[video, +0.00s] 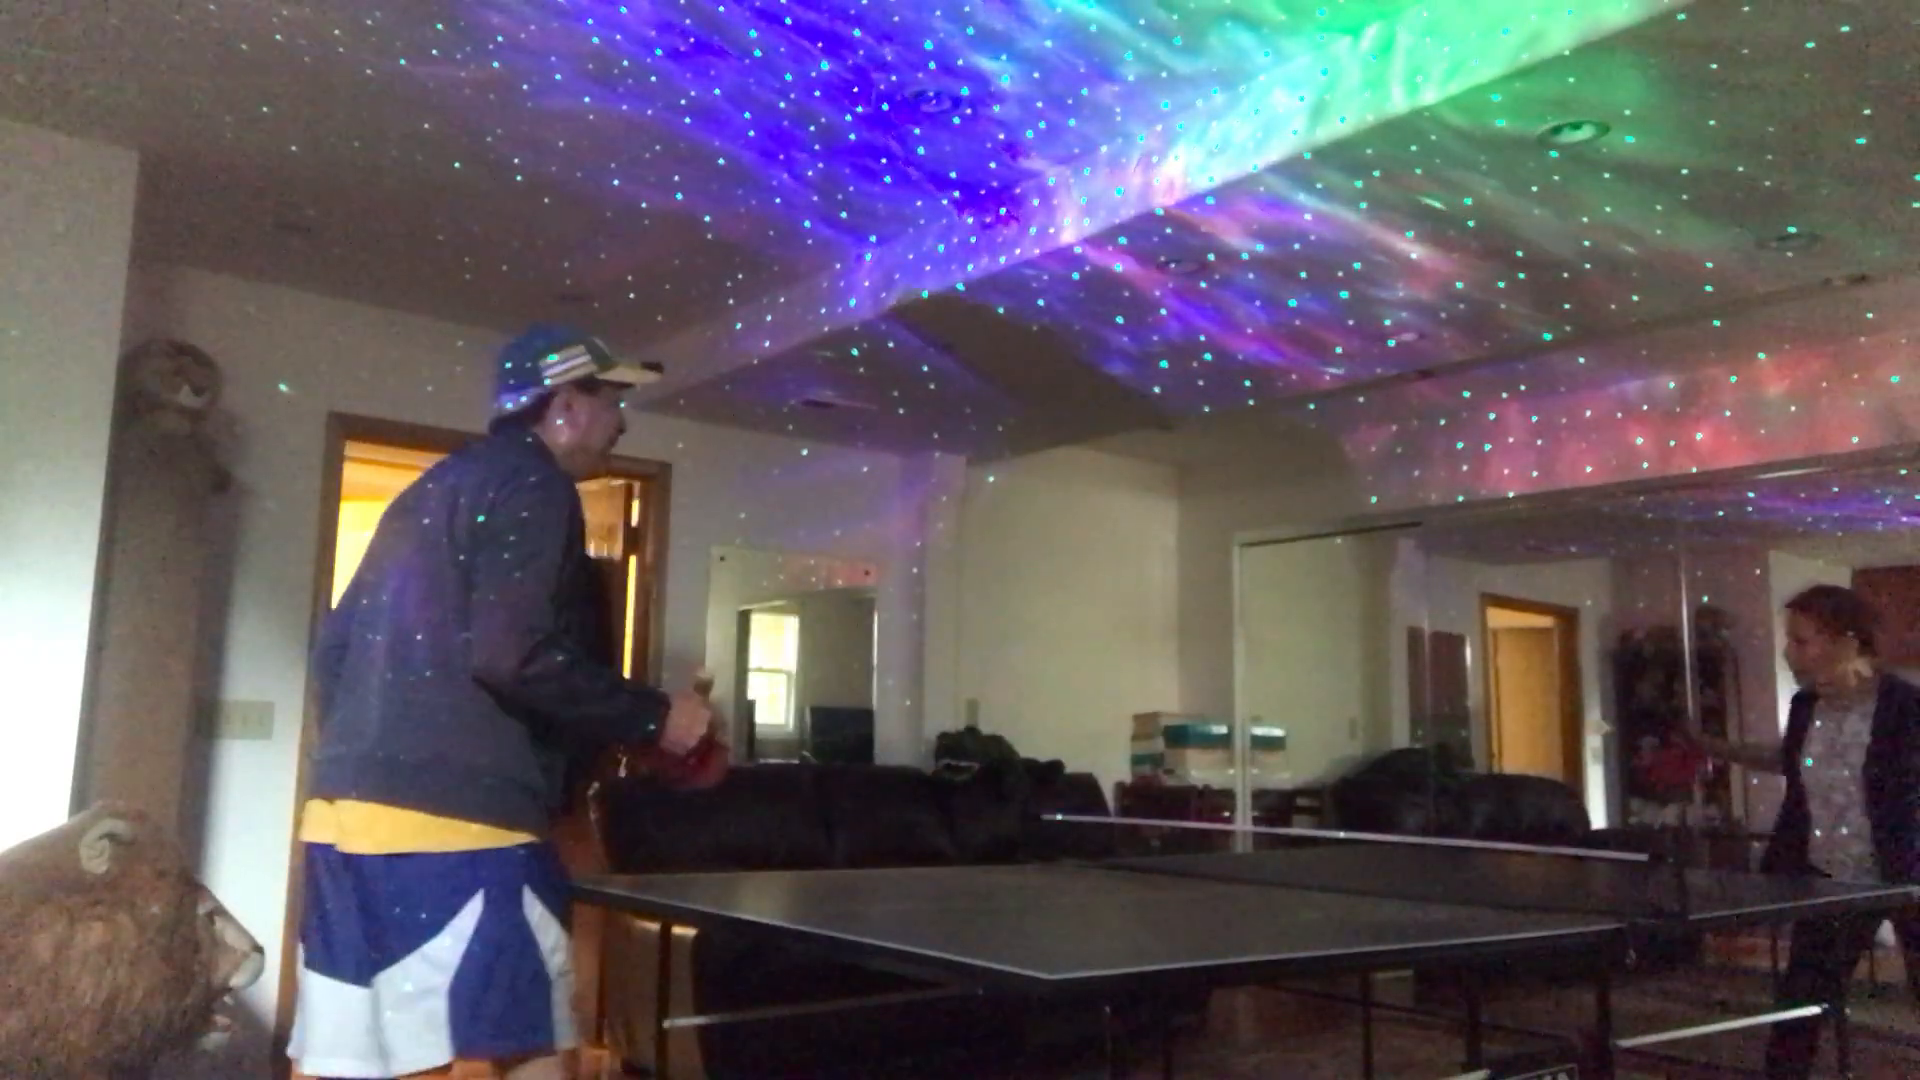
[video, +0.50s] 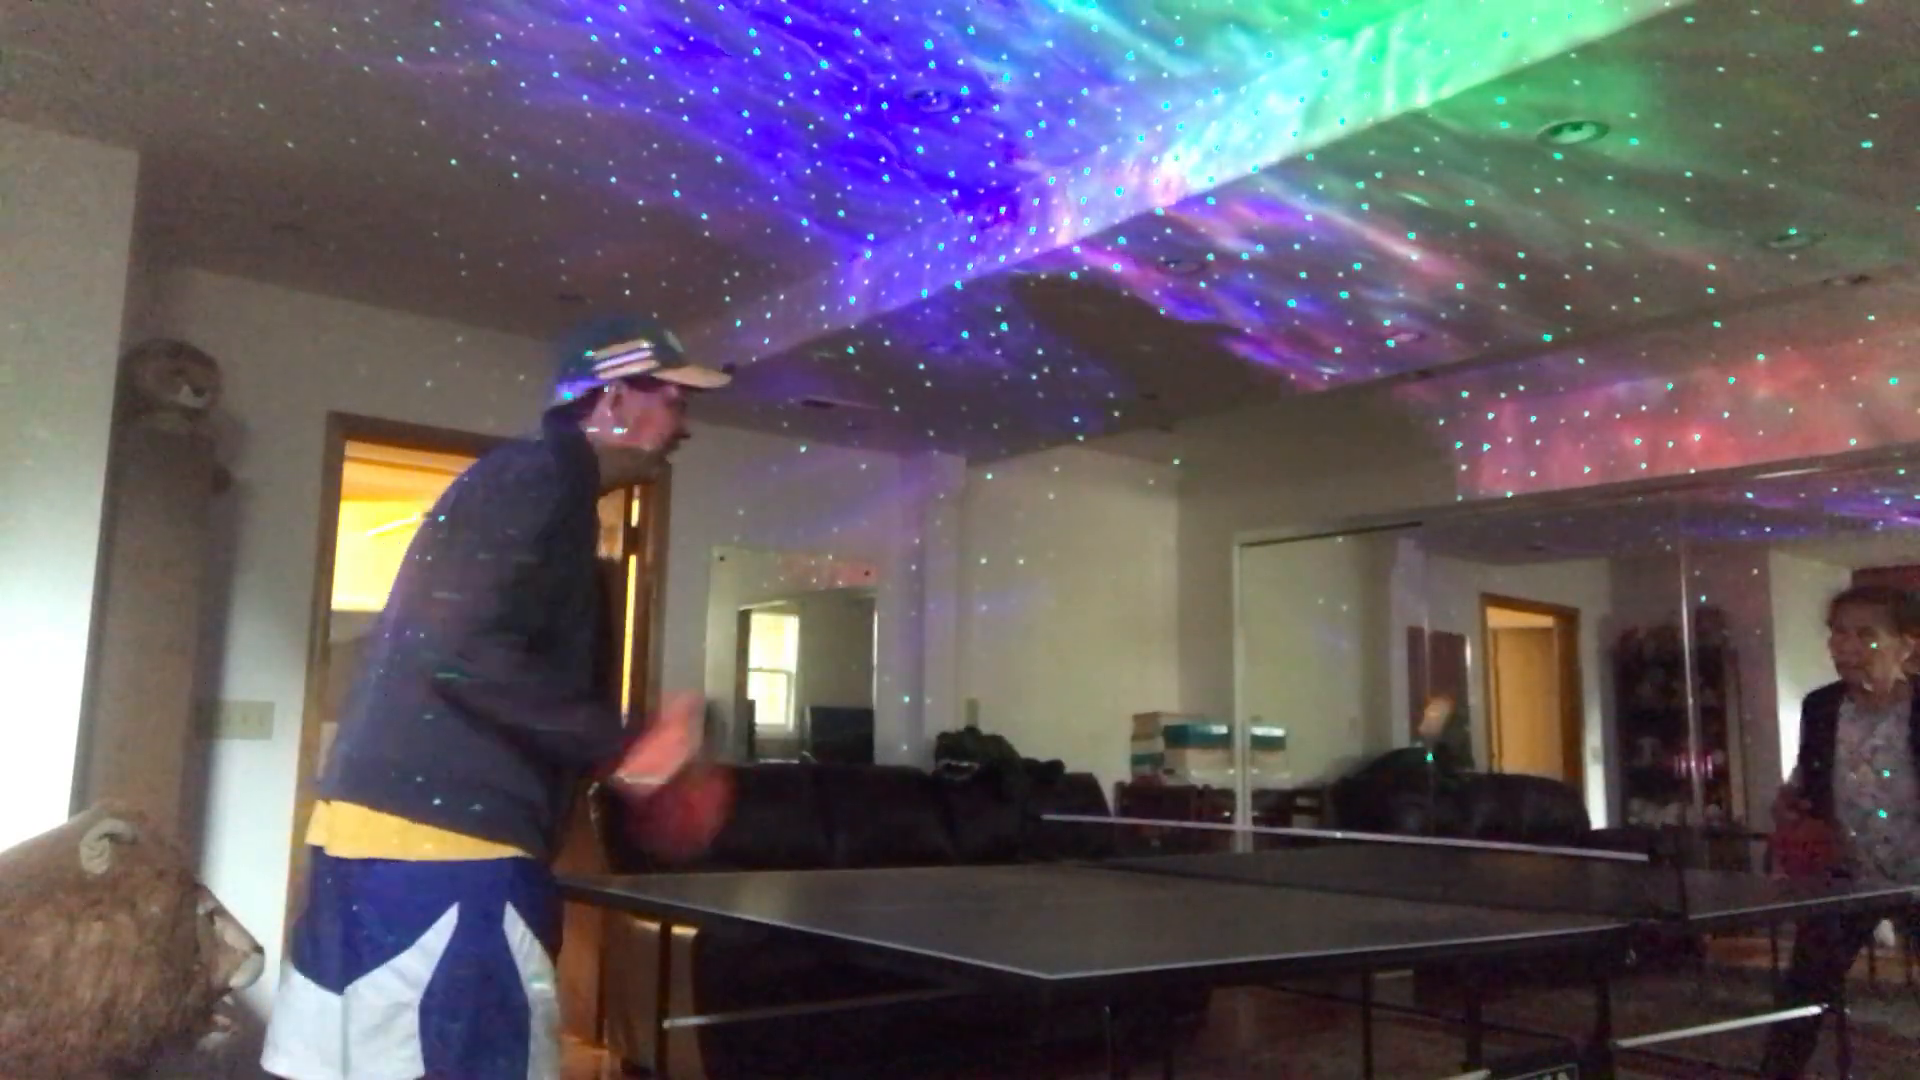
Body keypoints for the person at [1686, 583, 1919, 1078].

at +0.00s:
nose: (1788, 652)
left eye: (1800, 640)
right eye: (1789, 639)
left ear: (1843, 640)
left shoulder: (1903, 703)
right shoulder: (1805, 706)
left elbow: (1911, 797)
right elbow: (1787, 762)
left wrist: (1906, 885)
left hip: (1900, 882)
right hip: (1828, 886)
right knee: (1798, 1004)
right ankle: (1783, 1072)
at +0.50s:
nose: (1846, 646)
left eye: (1865, 634)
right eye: (1838, 633)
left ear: (1907, 646)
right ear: (1828, 641)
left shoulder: (1914, 706)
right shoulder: (1821, 707)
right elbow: (1810, 774)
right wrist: (1789, 799)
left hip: (1913, 881)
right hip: (1847, 882)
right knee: (1802, 991)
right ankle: (1777, 1071)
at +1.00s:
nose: (1774, 652)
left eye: (1788, 638)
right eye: (1762, 640)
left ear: (1817, 646)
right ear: (1751, 650)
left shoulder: (1863, 712)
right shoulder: (1742, 718)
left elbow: (1909, 794)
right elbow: (1737, 799)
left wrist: (1903, 861)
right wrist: (1770, 852)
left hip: (1868, 875)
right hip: (1787, 880)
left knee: (1907, 988)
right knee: (1784, 999)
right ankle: (1787, 1072)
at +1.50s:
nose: (1769, 658)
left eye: (1782, 644)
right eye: (1758, 647)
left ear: (1815, 644)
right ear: (1749, 655)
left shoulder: (1867, 708)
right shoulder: (1756, 716)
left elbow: (1899, 795)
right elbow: (1759, 795)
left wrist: (1891, 866)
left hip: (1869, 876)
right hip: (1795, 880)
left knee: (1907, 983)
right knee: (1791, 991)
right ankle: (1790, 1070)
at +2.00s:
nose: (1741, 661)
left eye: (1752, 647)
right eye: (1737, 650)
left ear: (1796, 644)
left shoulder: (1859, 710)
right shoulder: (1752, 713)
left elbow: (1909, 799)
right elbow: (1750, 791)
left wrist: (1905, 889)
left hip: (1862, 874)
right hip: (1787, 876)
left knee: (1900, 981)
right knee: (1778, 987)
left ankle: (1918, 1051)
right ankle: (1785, 1068)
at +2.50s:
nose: (1605, 678)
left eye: (1607, 665)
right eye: (1603, 668)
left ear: (1628, 657)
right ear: (1633, 657)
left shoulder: (1692, 710)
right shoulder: (1646, 716)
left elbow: (1762, 795)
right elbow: (1657, 801)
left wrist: (1769, 890)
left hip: (1726, 875)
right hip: (1688, 873)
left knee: (1732, 985)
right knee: (1717, 983)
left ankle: (1755, 1067)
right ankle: (1745, 1066)